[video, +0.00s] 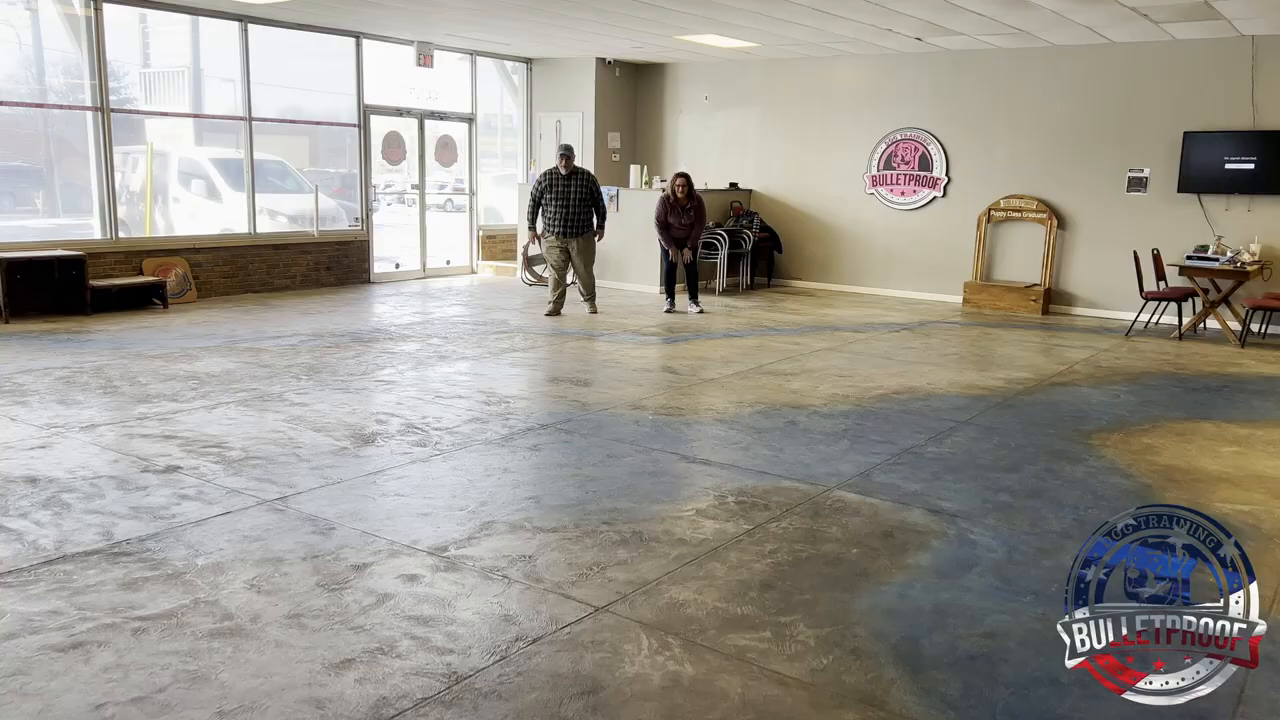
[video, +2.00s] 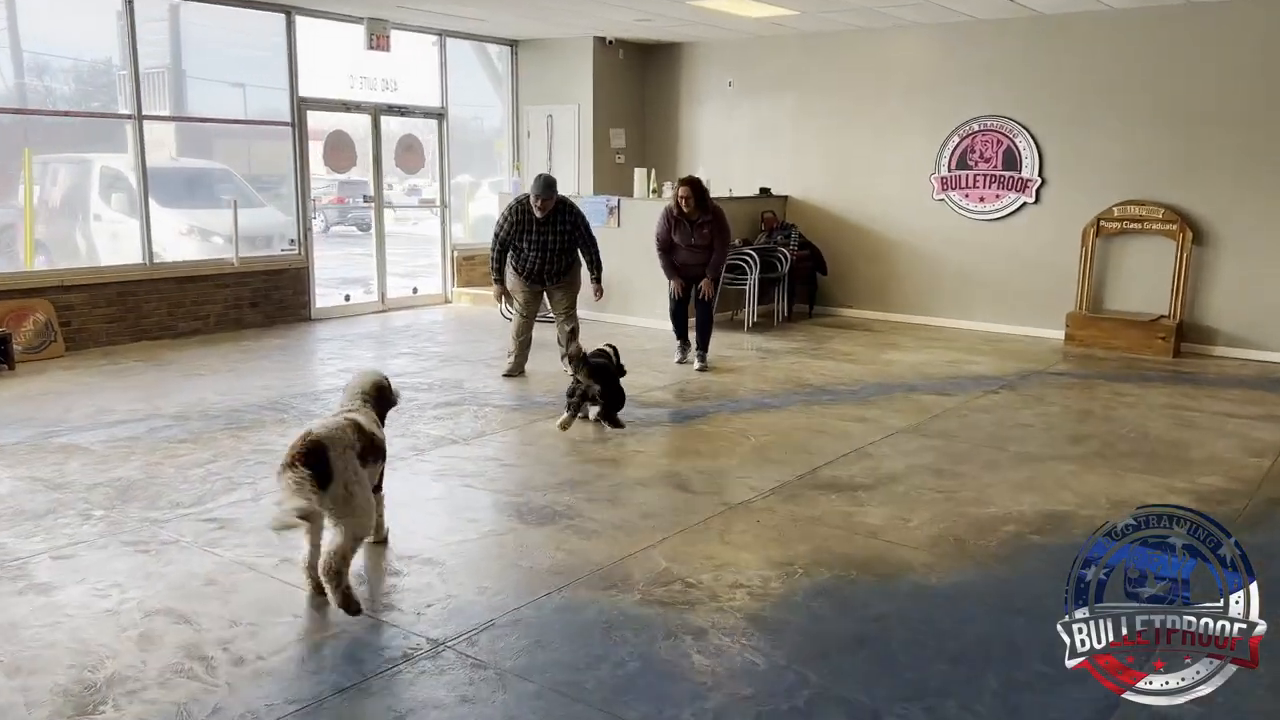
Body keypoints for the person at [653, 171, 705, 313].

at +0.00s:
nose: (681, 189)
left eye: (684, 186)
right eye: (677, 186)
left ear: (689, 187)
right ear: (673, 186)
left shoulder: (696, 200)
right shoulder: (664, 200)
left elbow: (700, 224)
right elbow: (659, 226)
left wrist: (690, 247)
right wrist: (670, 247)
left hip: (688, 239)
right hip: (669, 238)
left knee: (691, 266)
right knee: (670, 266)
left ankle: (693, 301)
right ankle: (669, 300)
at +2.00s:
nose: (683, 202)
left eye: (688, 198)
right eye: (680, 197)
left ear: (698, 197)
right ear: (676, 197)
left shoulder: (714, 214)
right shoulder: (669, 214)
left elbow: (721, 247)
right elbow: (662, 248)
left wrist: (710, 277)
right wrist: (673, 276)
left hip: (706, 270)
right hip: (680, 270)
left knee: (704, 307)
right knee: (676, 306)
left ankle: (701, 352)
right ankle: (682, 343)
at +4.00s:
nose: (787, 189)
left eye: (792, 184)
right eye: (782, 184)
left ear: (809, 176)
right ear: (776, 177)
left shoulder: (841, 187)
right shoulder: (776, 194)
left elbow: (851, 243)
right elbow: (778, 240)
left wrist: (826, 286)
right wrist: (794, 282)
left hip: (851, 245)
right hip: (806, 244)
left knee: (840, 303)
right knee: (792, 300)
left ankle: (842, 373)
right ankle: (788, 367)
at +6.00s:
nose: (785, 90)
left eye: (794, 81)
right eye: (777, 82)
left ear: (813, 84)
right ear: (769, 88)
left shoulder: (845, 130)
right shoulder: (758, 132)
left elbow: (860, 200)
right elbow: (743, 199)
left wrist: (834, 259)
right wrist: (778, 249)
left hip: (839, 242)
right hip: (783, 242)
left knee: (832, 320)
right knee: (776, 317)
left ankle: (839, 414)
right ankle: (780, 402)